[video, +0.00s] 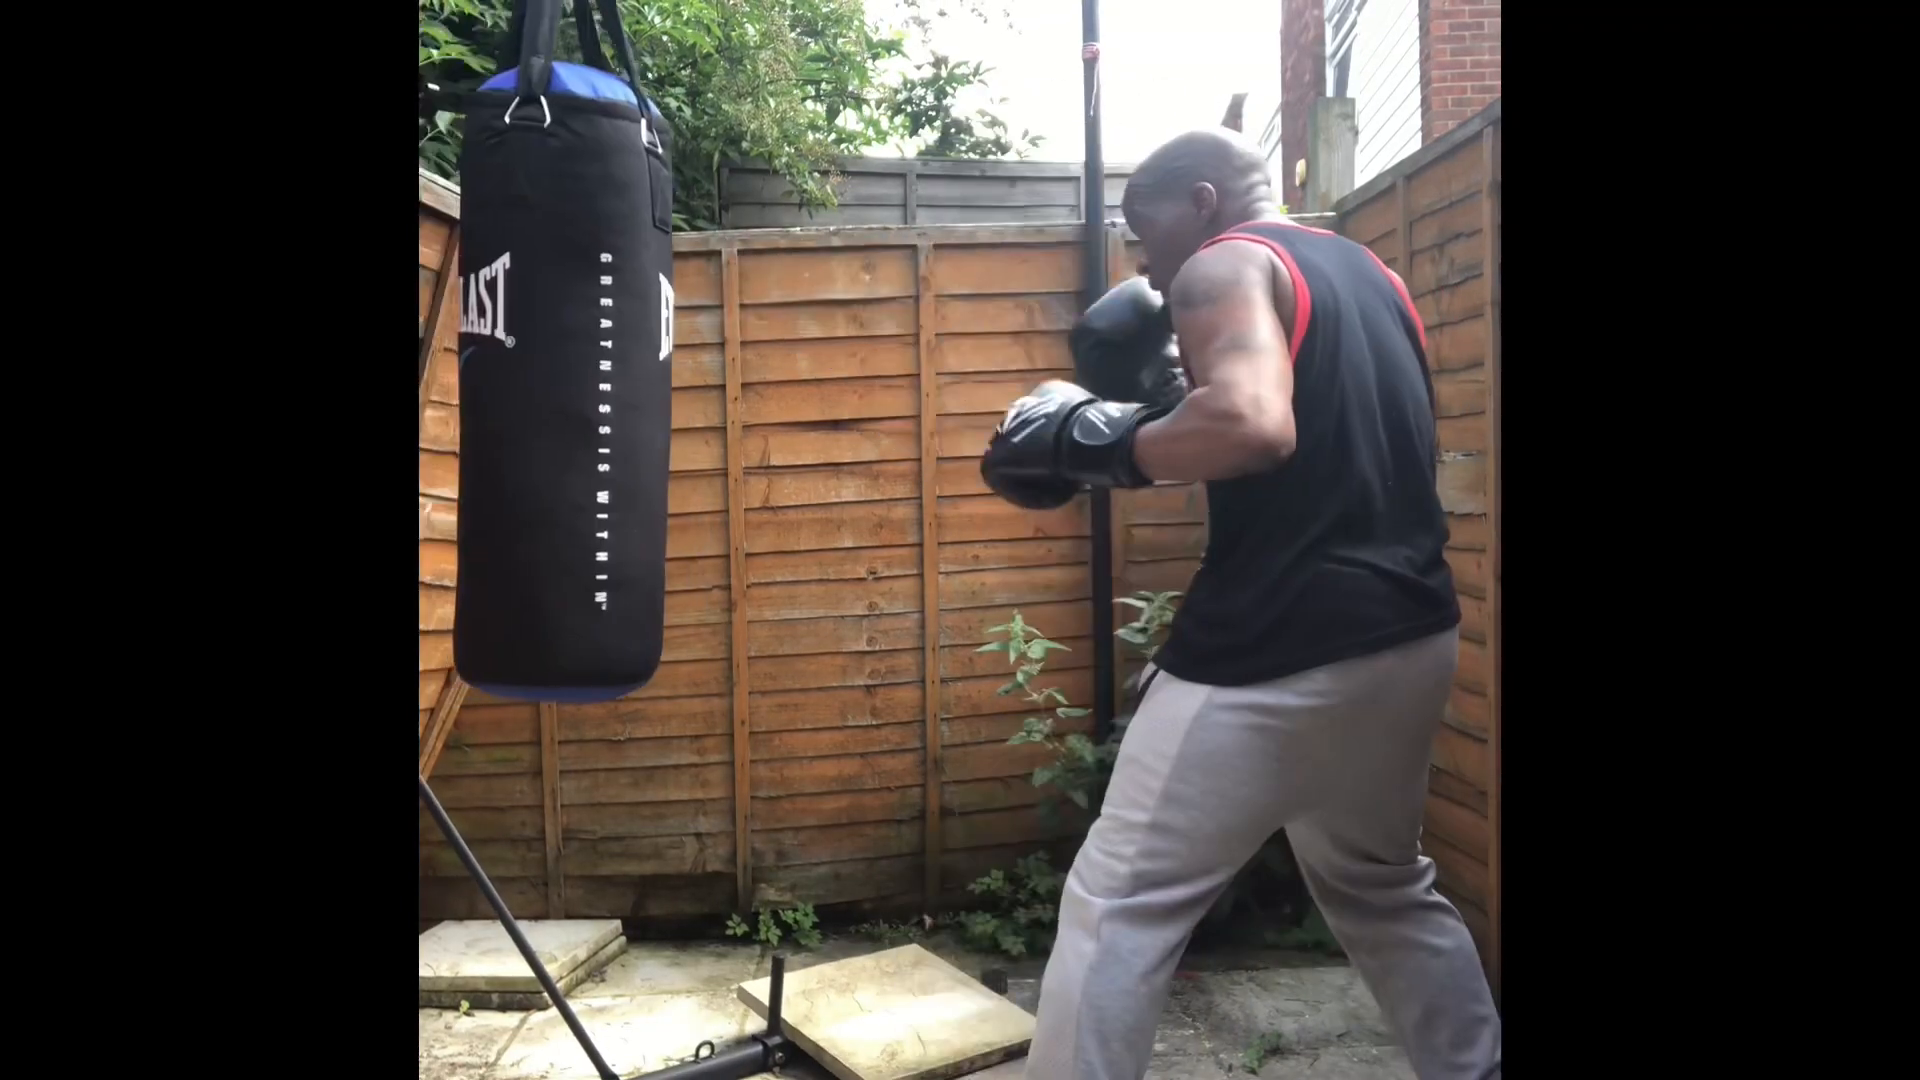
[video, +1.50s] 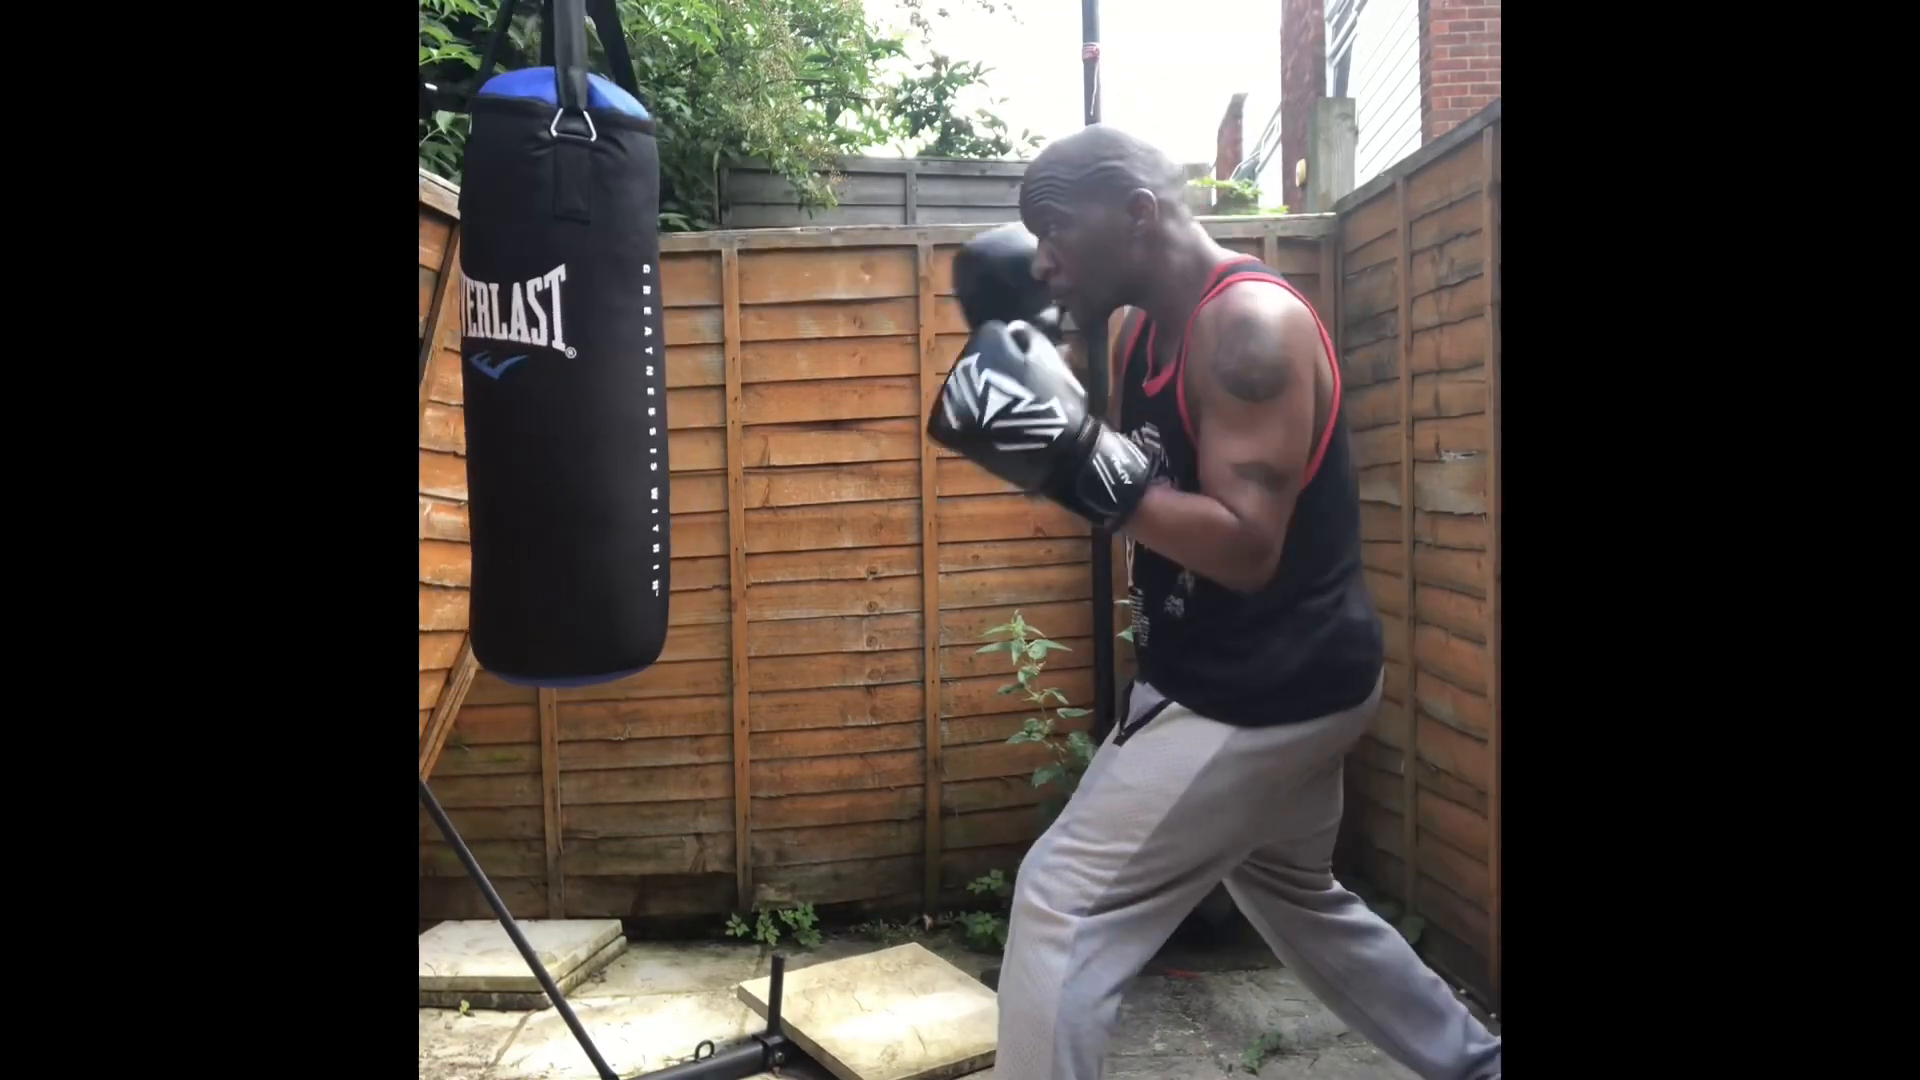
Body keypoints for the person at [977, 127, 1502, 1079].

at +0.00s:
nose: (1142, 260)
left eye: (1144, 233)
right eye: (1135, 238)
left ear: (1206, 204)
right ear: (1241, 201)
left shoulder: (1225, 266)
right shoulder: (1371, 271)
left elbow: (1252, 422)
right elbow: (1358, 410)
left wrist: (1097, 439)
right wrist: (1185, 360)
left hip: (1270, 647)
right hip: (1410, 638)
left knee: (1116, 908)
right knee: (1381, 882)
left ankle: (1068, 1071)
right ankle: (1476, 1066)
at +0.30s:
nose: (1098, 236)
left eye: (1101, 207)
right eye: (1086, 216)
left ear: (1162, 179)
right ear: (1181, 181)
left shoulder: (1230, 279)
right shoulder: (1283, 259)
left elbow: (1146, 494)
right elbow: (1255, 473)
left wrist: (1063, 339)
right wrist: (1102, 492)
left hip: (1267, 657)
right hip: (1372, 631)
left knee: (1100, 913)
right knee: (1362, 886)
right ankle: (1472, 1066)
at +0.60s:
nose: (1027, 216)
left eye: (1041, 189)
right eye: (1026, 192)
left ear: (1124, 186)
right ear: (1133, 191)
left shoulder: (1179, 283)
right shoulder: (1197, 273)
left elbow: (1232, 485)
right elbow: (1186, 465)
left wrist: (1041, 469)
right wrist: (1081, 395)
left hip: (1233, 662)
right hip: (1325, 636)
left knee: (1065, 899)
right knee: (1332, 877)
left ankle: (1032, 1072)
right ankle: (1470, 1064)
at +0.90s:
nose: (1094, 213)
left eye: (1101, 187)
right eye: (1091, 189)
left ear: (1165, 173)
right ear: (1209, 176)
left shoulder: (1180, 254)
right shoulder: (1325, 257)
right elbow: (1279, 405)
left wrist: (1006, 332)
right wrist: (1132, 400)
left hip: (1232, 649)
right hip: (1379, 626)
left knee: (1079, 892)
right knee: (1388, 879)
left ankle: (1042, 1070)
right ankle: (1479, 1062)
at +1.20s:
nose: (1056, 262)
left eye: (1061, 233)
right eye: (1049, 240)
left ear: (1129, 210)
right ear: (1156, 210)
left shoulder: (1175, 278)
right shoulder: (1261, 277)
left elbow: (1065, 471)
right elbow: (1167, 432)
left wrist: (968, 345)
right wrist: (1050, 366)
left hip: (1234, 676)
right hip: (1351, 654)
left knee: (1049, 895)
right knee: (1333, 887)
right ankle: (1470, 1065)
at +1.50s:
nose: (1041, 260)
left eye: (1051, 231)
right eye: (1036, 237)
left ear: (1138, 212)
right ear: (1140, 219)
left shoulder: (1255, 322)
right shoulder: (1132, 331)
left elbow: (1248, 547)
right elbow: (1134, 494)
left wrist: (1085, 457)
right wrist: (1042, 443)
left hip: (1264, 689)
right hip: (1230, 676)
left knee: (1064, 899)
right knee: (1293, 895)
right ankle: (1469, 1059)